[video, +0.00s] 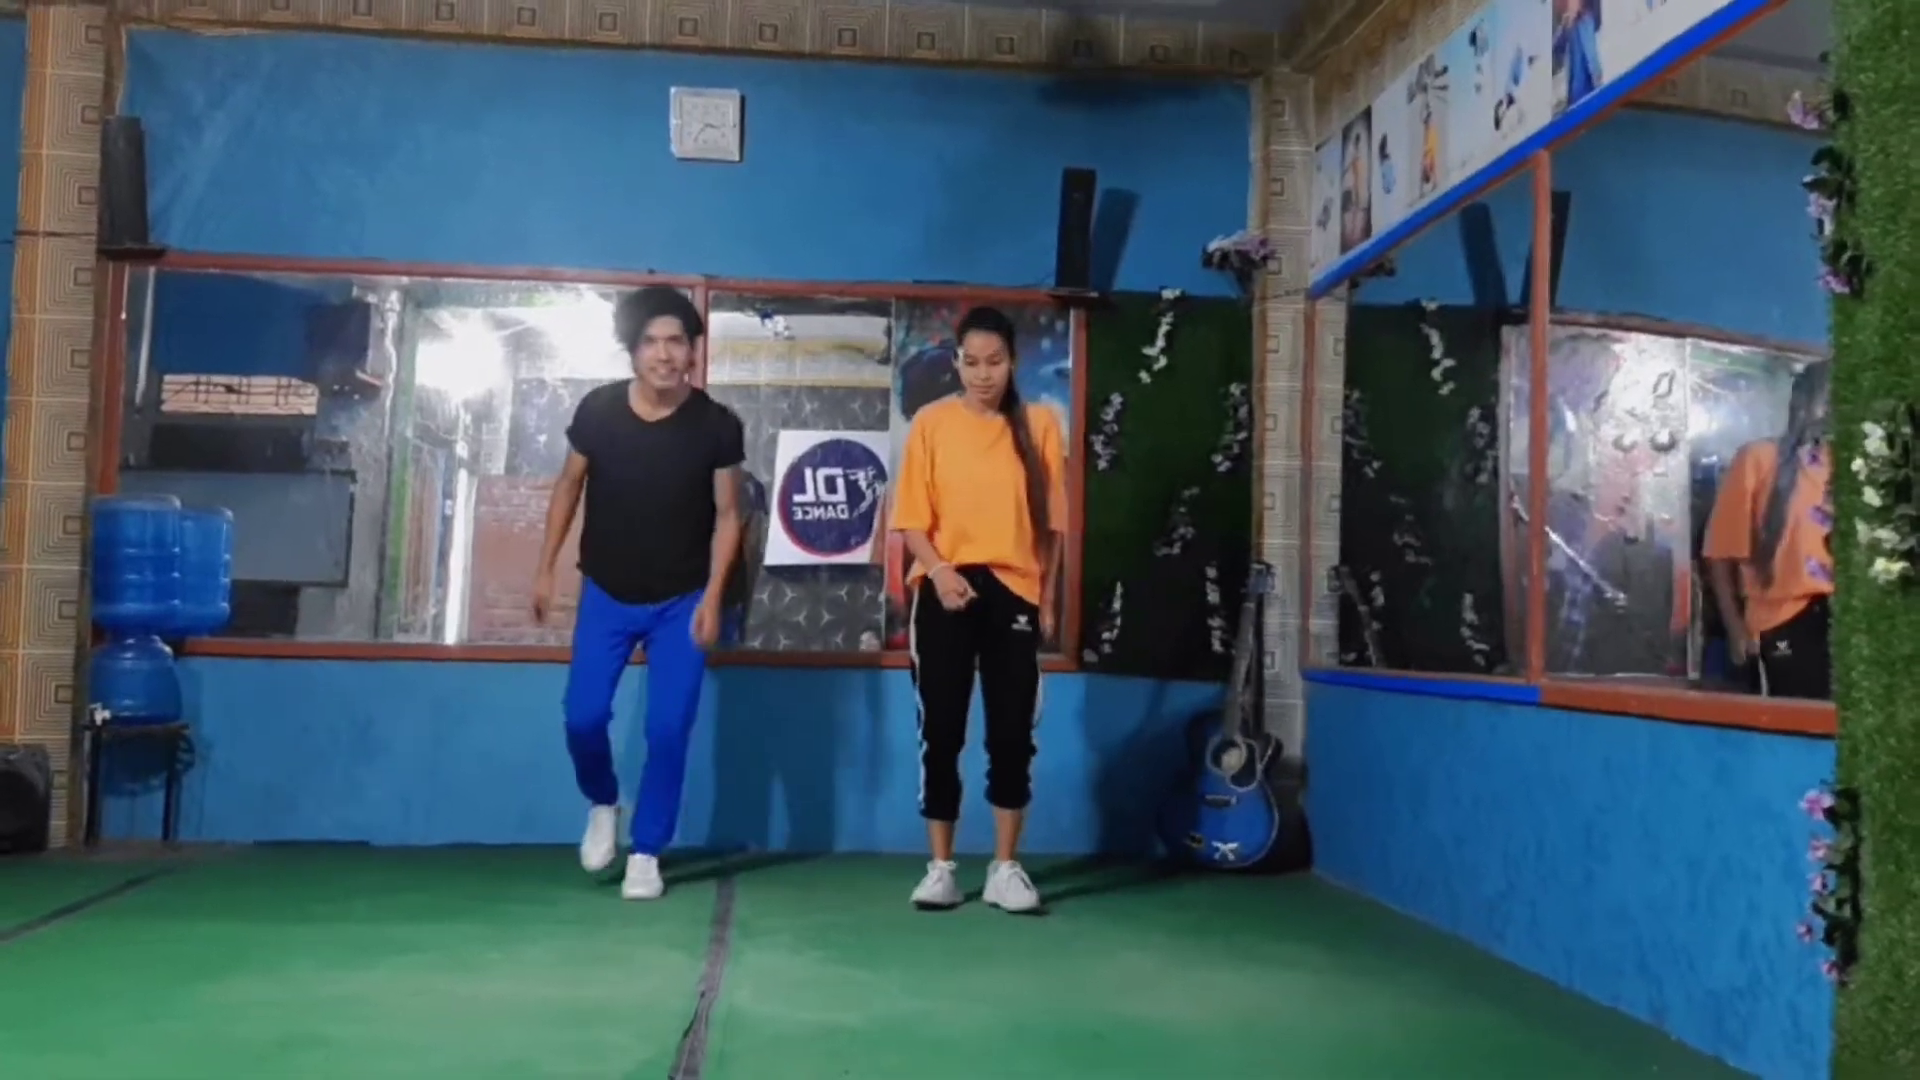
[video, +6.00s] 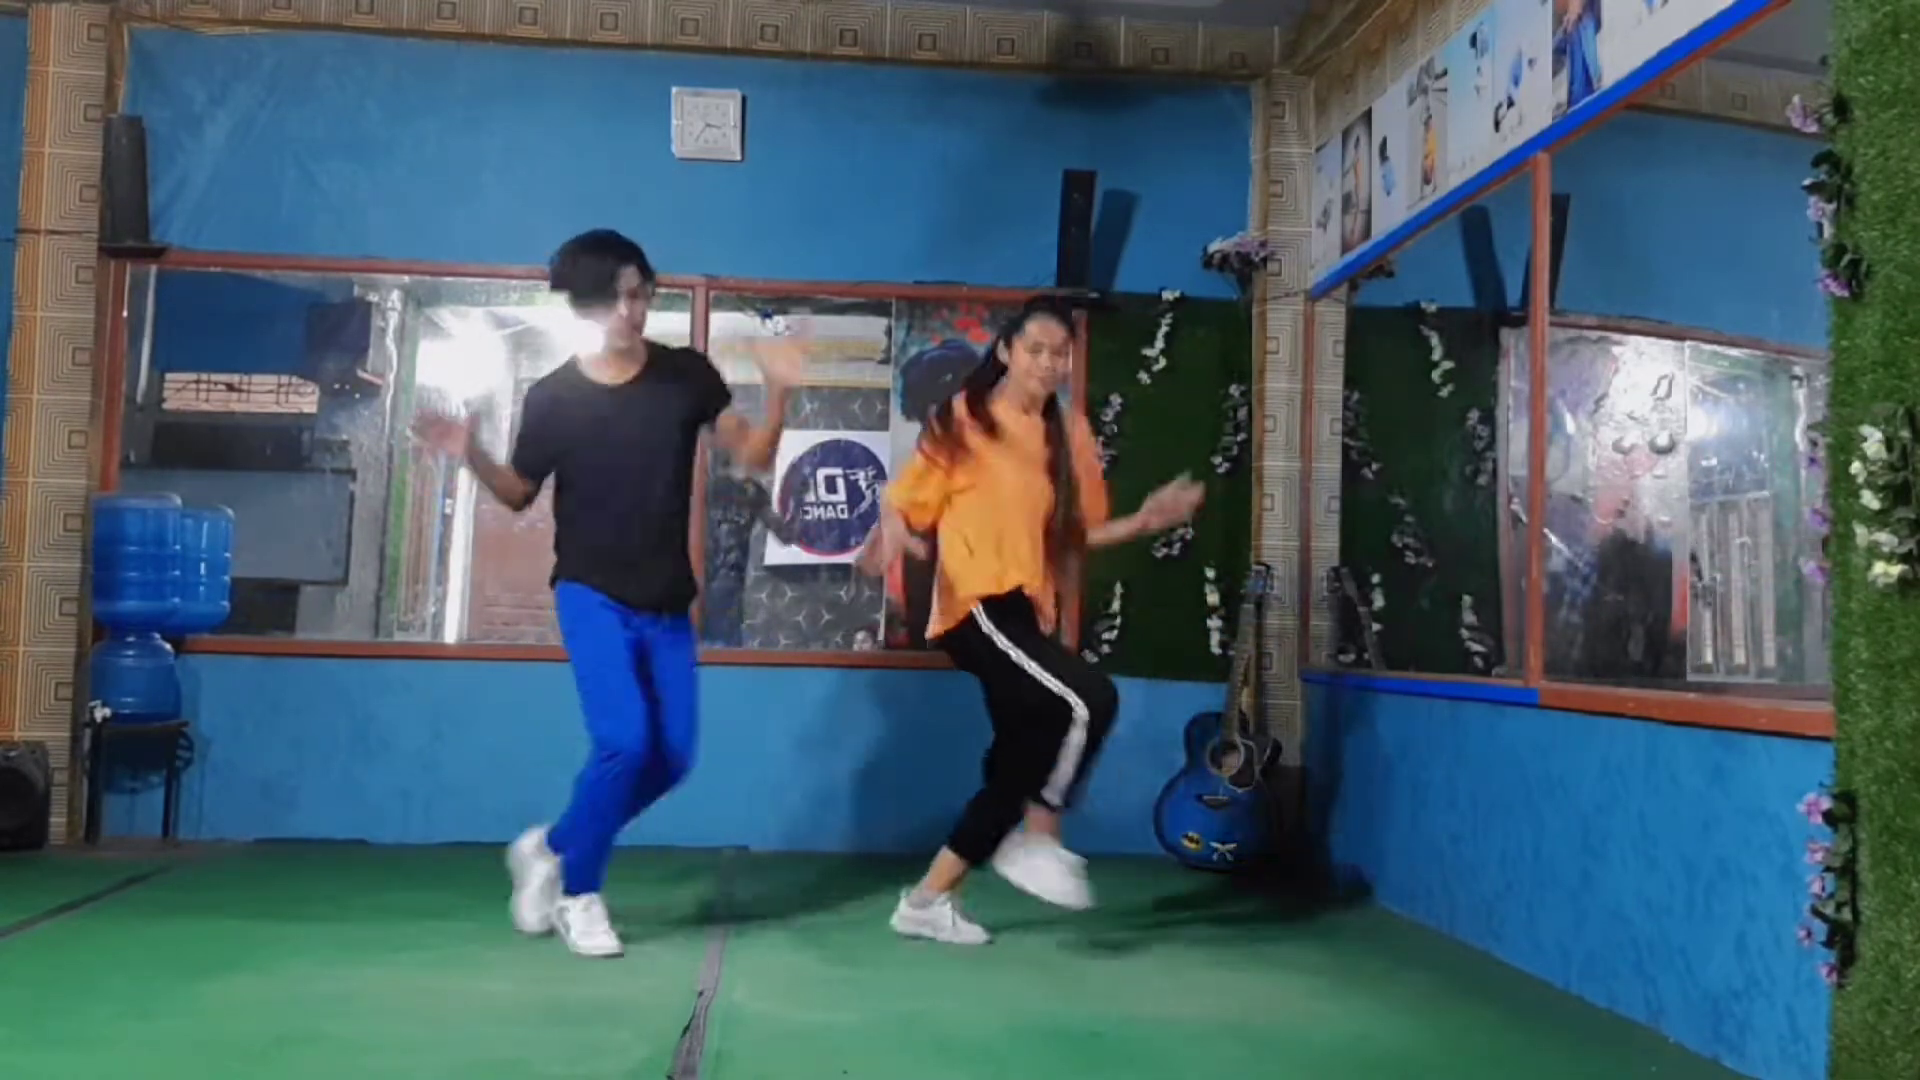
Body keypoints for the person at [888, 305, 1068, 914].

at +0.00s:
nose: (984, 371)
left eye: (995, 359)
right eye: (973, 359)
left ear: (1012, 362)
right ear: (958, 362)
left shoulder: (1039, 426)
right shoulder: (930, 424)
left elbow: (1053, 526)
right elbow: (910, 519)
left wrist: (1044, 598)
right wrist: (937, 569)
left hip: (1014, 591)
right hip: (945, 588)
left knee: (1011, 735)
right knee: (941, 734)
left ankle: (1005, 868)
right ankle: (941, 866)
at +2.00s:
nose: (1035, 303)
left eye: (1050, 294)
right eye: (1025, 293)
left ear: (1071, 314)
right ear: (1006, 310)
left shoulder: (1101, 393)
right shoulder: (967, 387)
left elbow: (1133, 487)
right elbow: (924, 482)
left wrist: (1122, 560)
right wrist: (938, 548)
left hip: (1063, 585)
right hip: (982, 580)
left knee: (1048, 744)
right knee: (979, 749)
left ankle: (1027, 870)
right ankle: (974, 908)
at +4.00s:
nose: (1117, 376)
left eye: (1126, 365)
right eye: (1103, 366)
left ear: (1138, 372)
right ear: (1078, 375)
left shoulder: (1157, 443)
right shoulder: (1050, 425)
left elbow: (1162, 524)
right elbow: (973, 486)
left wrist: (1134, 440)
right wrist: (1050, 512)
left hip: (1117, 610)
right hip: (1045, 601)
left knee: (1128, 781)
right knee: (1068, 763)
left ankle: (1075, 906)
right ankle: (1024, 829)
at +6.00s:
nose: (1051, 363)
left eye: (1061, 353)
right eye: (1039, 350)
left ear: (1070, 361)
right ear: (1008, 351)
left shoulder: (1063, 429)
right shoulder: (963, 421)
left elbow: (1082, 532)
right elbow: (900, 500)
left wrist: (1144, 520)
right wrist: (894, 531)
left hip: (1027, 605)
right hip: (974, 605)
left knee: (1021, 760)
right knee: (1087, 696)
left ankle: (928, 898)